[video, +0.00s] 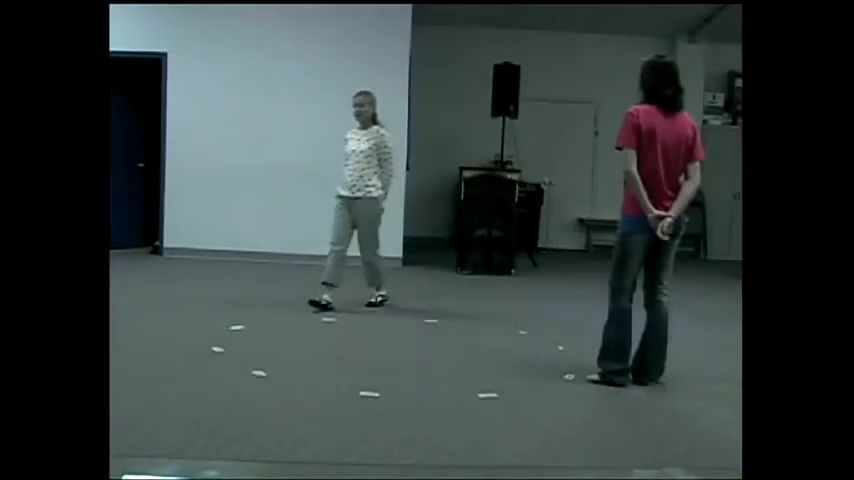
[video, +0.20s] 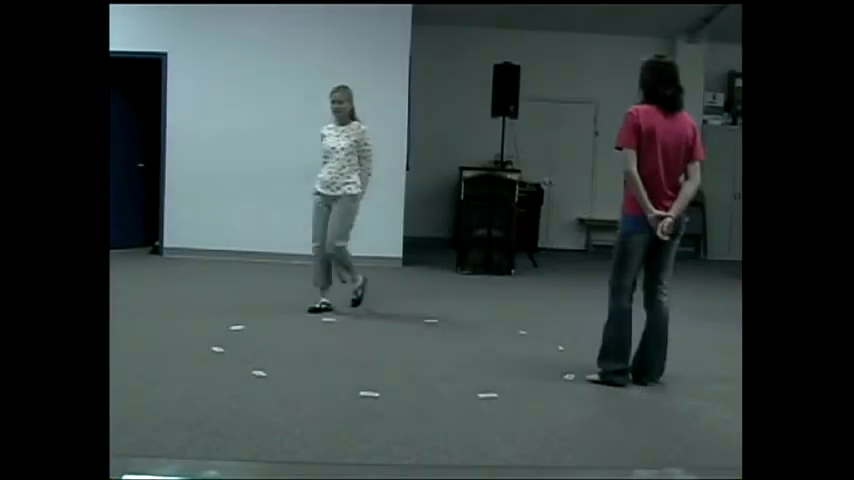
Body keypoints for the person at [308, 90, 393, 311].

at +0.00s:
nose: (357, 110)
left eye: (362, 106)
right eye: (355, 106)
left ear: (373, 108)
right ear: (352, 109)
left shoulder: (380, 135)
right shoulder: (350, 135)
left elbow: (387, 169)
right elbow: (349, 165)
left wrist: (381, 194)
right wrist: (352, 186)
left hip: (369, 197)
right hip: (346, 195)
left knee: (369, 249)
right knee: (337, 246)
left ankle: (379, 291)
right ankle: (327, 294)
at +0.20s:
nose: (337, 106)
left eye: (341, 102)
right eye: (333, 102)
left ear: (351, 104)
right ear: (330, 105)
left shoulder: (359, 131)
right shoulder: (326, 132)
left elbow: (366, 164)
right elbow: (326, 162)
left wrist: (360, 189)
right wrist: (327, 183)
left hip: (347, 192)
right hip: (323, 190)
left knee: (334, 246)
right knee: (319, 246)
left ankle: (356, 280)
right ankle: (323, 297)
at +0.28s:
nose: (327, 105)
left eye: (332, 101)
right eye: (324, 101)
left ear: (341, 103)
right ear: (320, 104)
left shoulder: (351, 129)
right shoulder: (316, 130)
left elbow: (357, 163)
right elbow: (315, 161)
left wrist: (351, 186)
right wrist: (317, 181)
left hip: (339, 189)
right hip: (315, 188)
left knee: (321, 242)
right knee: (314, 245)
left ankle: (329, 294)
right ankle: (324, 295)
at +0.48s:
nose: (308, 106)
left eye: (313, 101)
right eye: (305, 101)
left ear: (323, 104)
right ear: (301, 104)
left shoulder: (331, 131)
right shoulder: (298, 133)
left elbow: (339, 166)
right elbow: (299, 164)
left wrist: (334, 193)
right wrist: (301, 185)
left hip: (321, 195)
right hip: (297, 194)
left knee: (302, 248)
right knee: (306, 248)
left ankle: (285, 303)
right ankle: (323, 295)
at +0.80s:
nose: (285, 99)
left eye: (290, 95)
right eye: (281, 95)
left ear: (300, 98)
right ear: (278, 98)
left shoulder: (307, 125)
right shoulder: (275, 127)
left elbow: (317, 160)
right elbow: (276, 161)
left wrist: (311, 189)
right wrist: (275, 183)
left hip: (296, 192)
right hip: (270, 191)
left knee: (288, 249)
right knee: (261, 248)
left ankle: (282, 303)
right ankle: (278, 294)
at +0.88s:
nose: (277, 98)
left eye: (282, 93)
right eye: (274, 93)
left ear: (293, 96)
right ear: (270, 97)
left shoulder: (303, 125)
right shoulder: (266, 127)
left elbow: (311, 161)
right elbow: (269, 161)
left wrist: (304, 189)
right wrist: (267, 184)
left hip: (290, 193)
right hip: (263, 193)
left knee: (285, 251)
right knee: (250, 249)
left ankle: (282, 306)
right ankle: (249, 305)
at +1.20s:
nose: (260, 97)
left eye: (264, 93)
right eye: (256, 92)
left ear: (272, 95)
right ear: (249, 95)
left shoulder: (282, 126)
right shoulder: (237, 124)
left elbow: (286, 162)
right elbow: (232, 158)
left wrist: (277, 187)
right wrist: (238, 180)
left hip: (268, 195)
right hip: (237, 193)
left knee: (270, 254)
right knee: (228, 253)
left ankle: (278, 305)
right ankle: (219, 310)